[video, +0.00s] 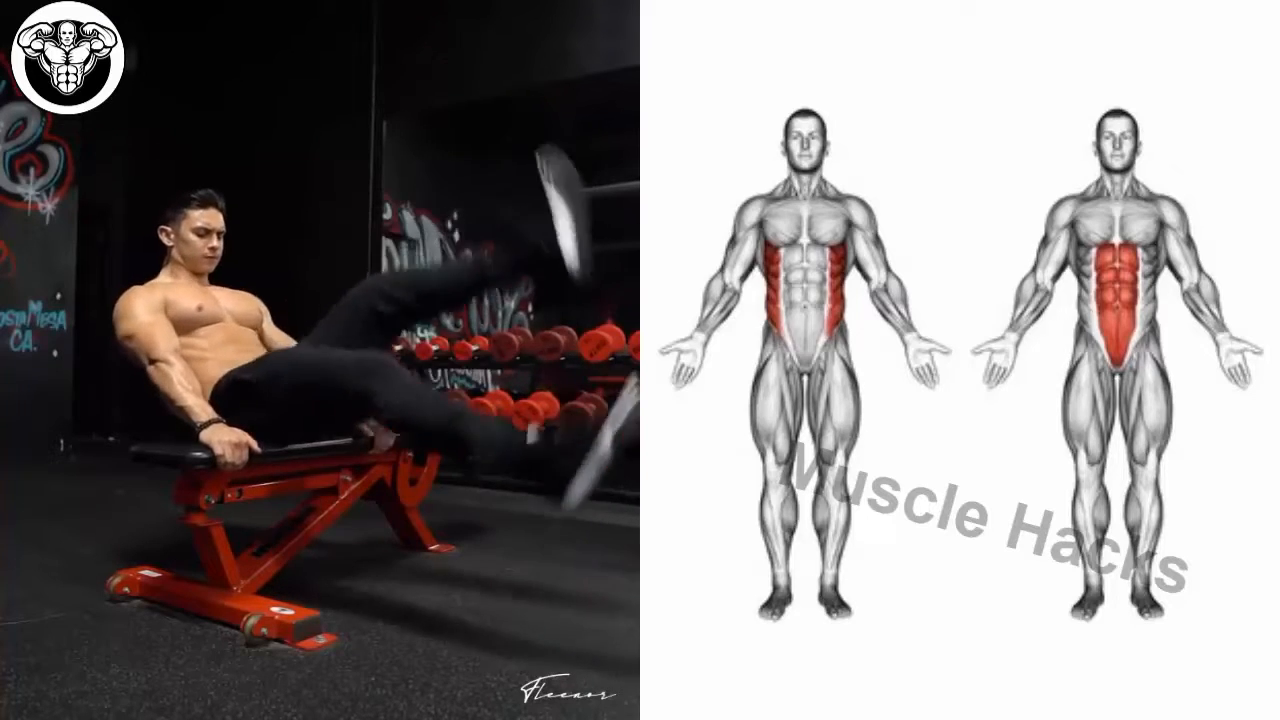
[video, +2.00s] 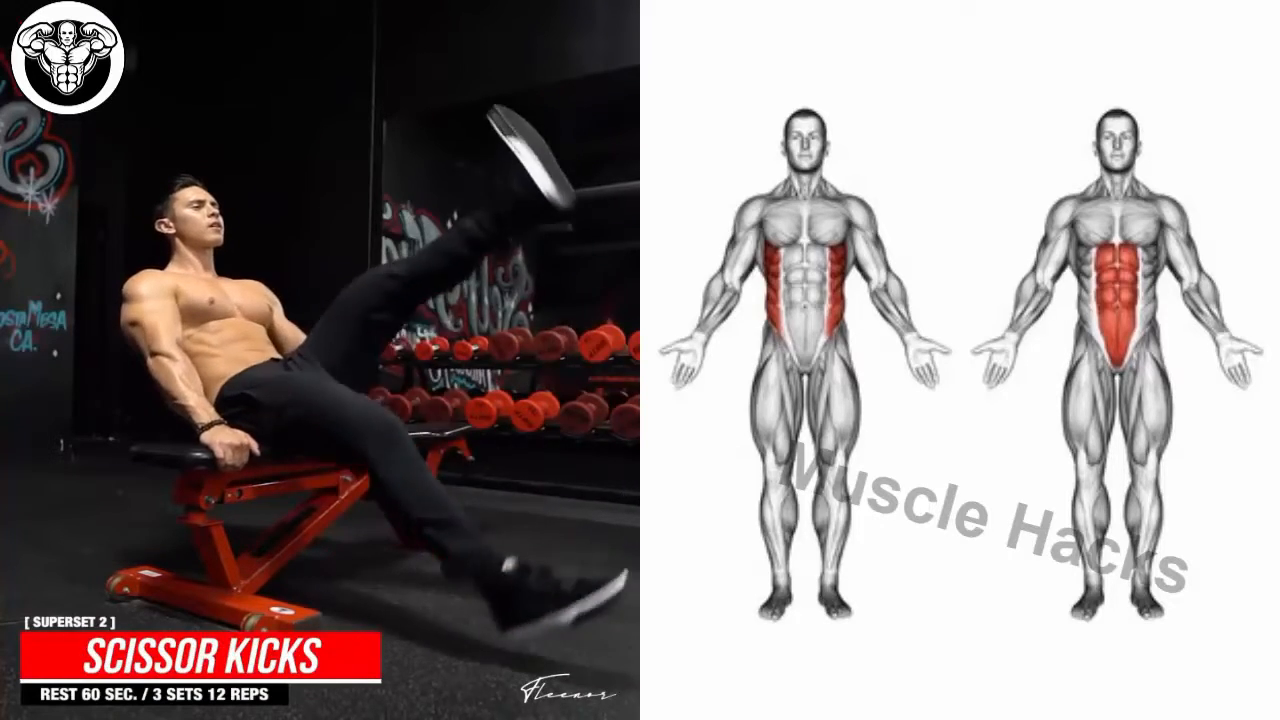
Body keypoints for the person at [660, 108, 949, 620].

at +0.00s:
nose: (804, 146)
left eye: (812, 138)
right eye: (797, 138)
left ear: (825, 146)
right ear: (785, 145)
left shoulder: (852, 211)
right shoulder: (758, 211)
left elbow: (881, 281)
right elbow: (729, 281)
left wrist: (910, 337)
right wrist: (700, 336)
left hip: (832, 355)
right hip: (777, 355)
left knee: (834, 467)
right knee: (777, 469)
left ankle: (830, 584)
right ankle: (780, 585)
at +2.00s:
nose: (804, 145)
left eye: (812, 138)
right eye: (797, 138)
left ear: (825, 145)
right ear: (785, 145)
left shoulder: (852, 211)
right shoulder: (758, 211)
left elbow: (881, 281)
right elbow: (729, 281)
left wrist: (910, 336)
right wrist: (700, 336)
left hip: (832, 355)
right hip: (777, 355)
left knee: (834, 467)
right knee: (777, 469)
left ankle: (830, 584)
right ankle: (780, 584)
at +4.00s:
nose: (804, 145)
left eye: (812, 138)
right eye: (797, 138)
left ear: (825, 145)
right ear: (785, 146)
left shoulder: (851, 211)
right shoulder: (758, 211)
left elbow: (881, 281)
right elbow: (729, 281)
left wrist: (909, 336)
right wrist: (700, 336)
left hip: (832, 356)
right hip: (777, 355)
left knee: (834, 468)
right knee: (777, 469)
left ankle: (829, 584)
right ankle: (780, 585)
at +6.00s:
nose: (804, 145)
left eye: (812, 138)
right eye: (797, 138)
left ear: (825, 145)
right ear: (785, 146)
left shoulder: (851, 211)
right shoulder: (758, 211)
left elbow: (881, 281)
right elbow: (729, 281)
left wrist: (909, 336)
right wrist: (700, 336)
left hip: (832, 355)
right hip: (778, 355)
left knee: (834, 468)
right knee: (777, 469)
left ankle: (829, 584)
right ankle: (780, 585)